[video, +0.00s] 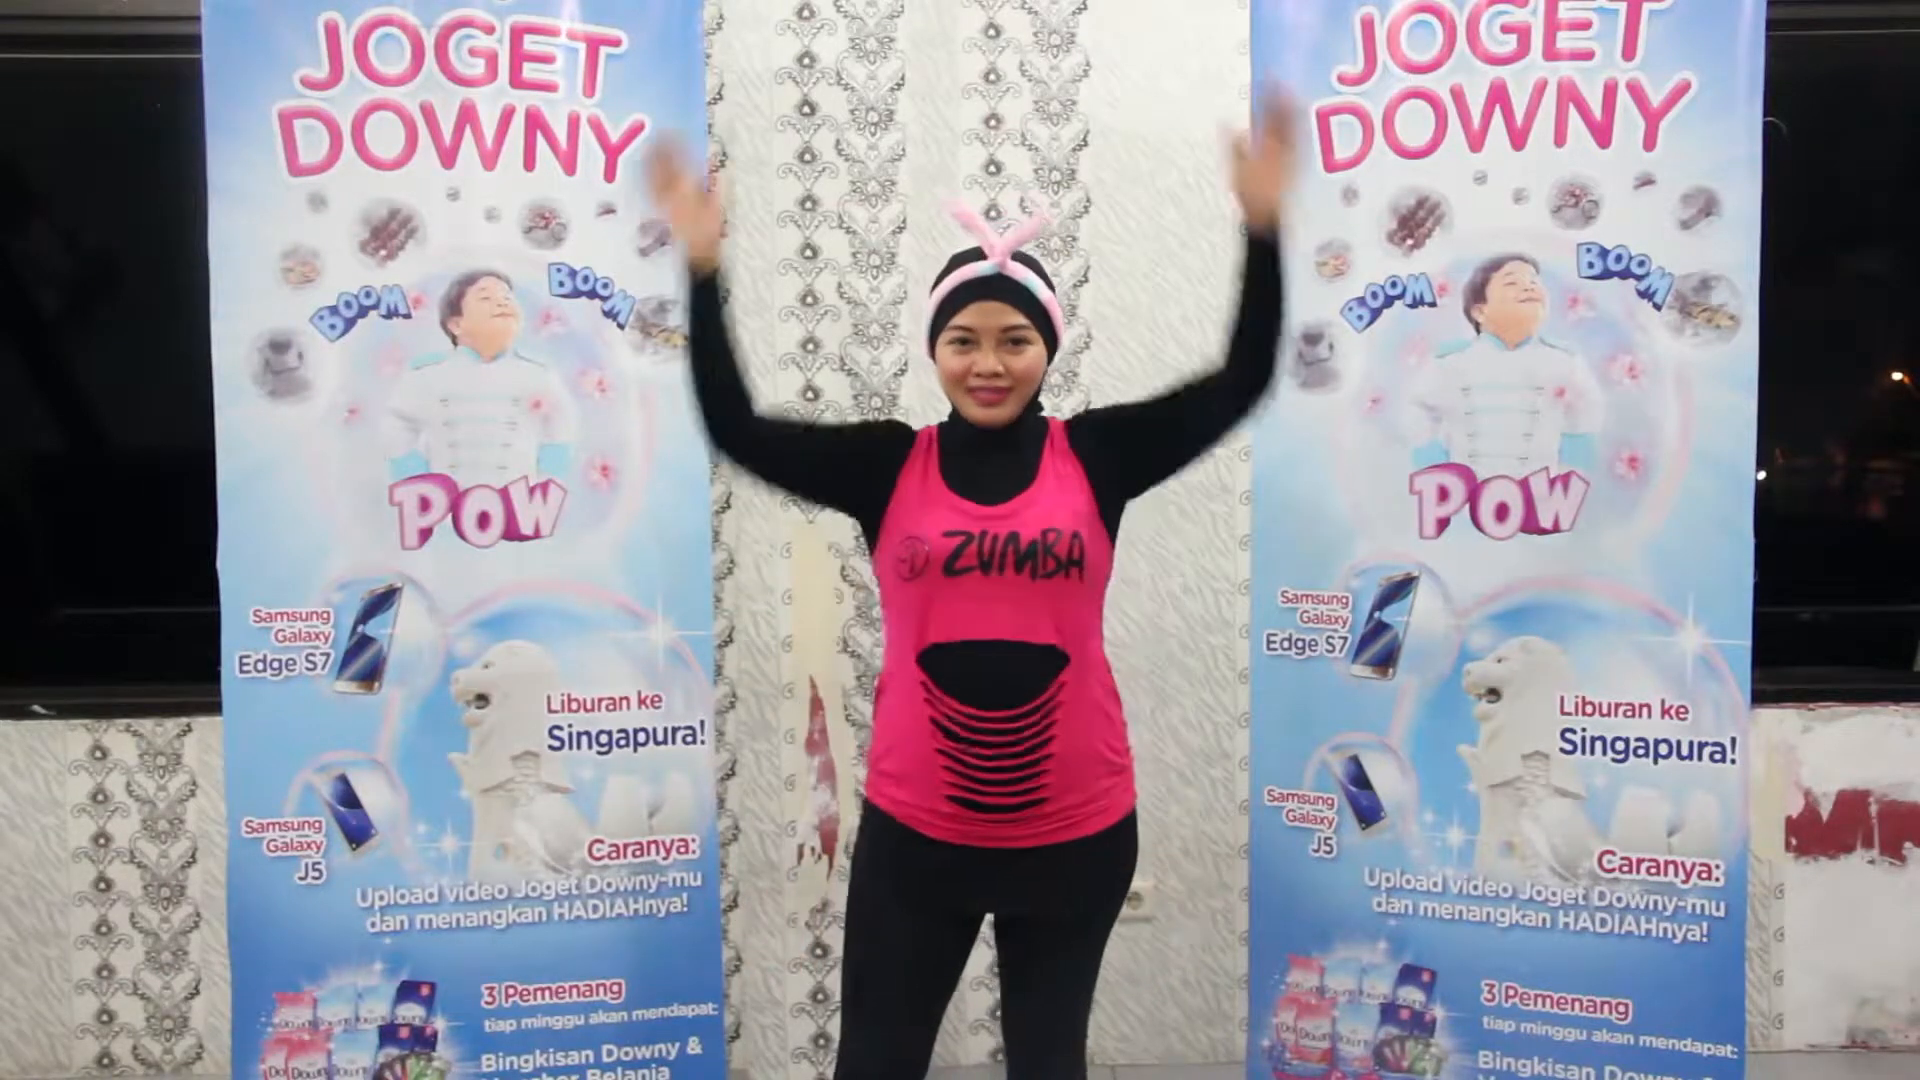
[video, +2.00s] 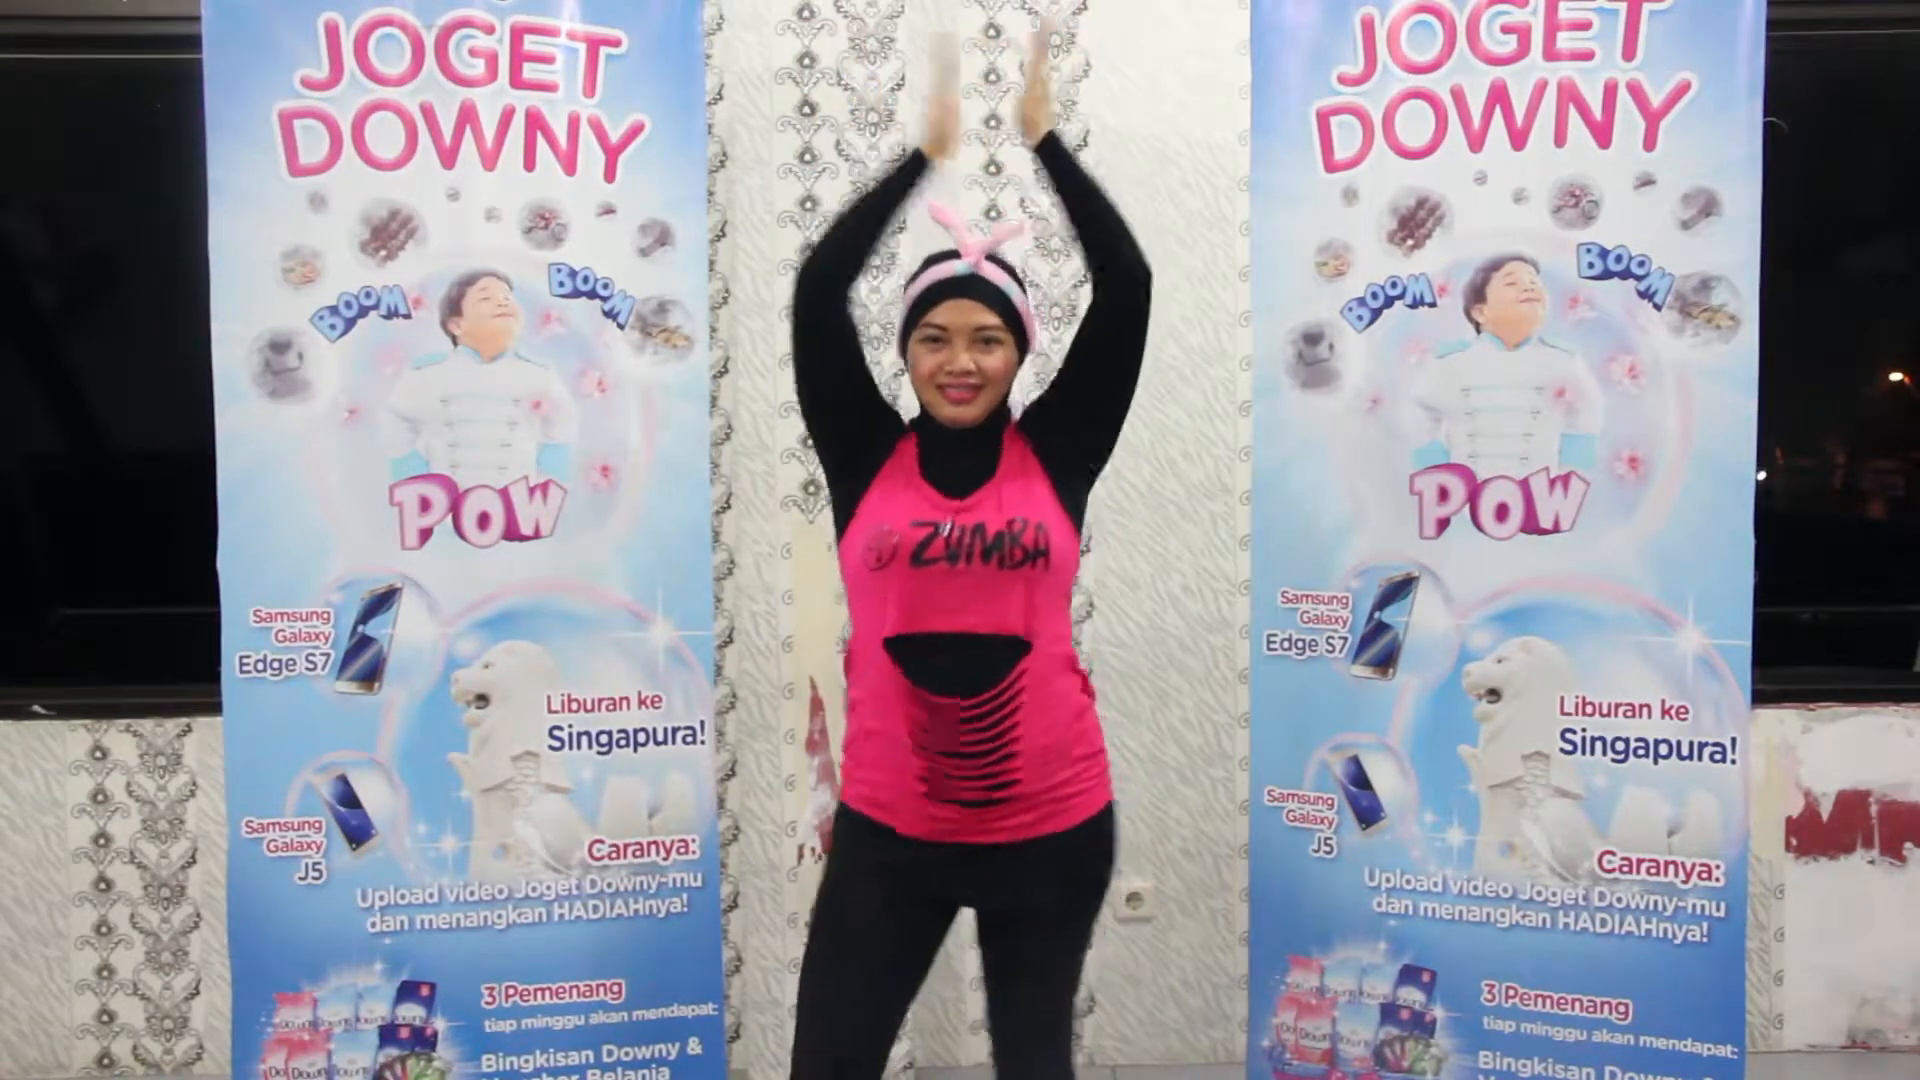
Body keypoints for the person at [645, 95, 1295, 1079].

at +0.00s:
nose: (989, 360)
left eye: (1014, 339)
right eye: (965, 339)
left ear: (1048, 355)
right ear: (936, 356)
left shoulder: (1099, 457)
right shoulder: (884, 467)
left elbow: (1244, 378)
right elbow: (738, 431)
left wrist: (1264, 229)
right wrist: (703, 270)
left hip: (1070, 837)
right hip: (916, 833)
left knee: (1048, 1063)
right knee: (874, 1064)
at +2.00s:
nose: (960, 360)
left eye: (986, 340)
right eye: (938, 339)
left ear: (1020, 357)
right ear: (906, 356)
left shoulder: (1055, 458)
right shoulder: (865, 457)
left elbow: (1125, 285)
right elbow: (817, 289)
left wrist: (1047, 142)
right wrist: (921, 155)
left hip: (1046, 836)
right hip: (890, 834)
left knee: (1035, 1063)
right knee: (828, 1062)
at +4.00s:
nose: (904, 296)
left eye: (926, 276)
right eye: (879, 278)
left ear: (961, 294)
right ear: (846, 300)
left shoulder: (1008, 403)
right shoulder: (795, 422)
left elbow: (1118, 547)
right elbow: (753, 590)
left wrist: (1011, 443)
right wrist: (817, 553)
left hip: (986, 776)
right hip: (828, 774)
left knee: (1007, 1043)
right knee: (793, 1038)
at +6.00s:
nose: (881, 373)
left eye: (913, 341)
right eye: (847, 344)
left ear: (960, 366)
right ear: (810, 372)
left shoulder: (1029, 543)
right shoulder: (743, 556)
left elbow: (1173, 704)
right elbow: (710, 804)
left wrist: (1082, 505)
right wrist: (720, 1031)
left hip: (1005, 1011)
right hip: (805, 1015)